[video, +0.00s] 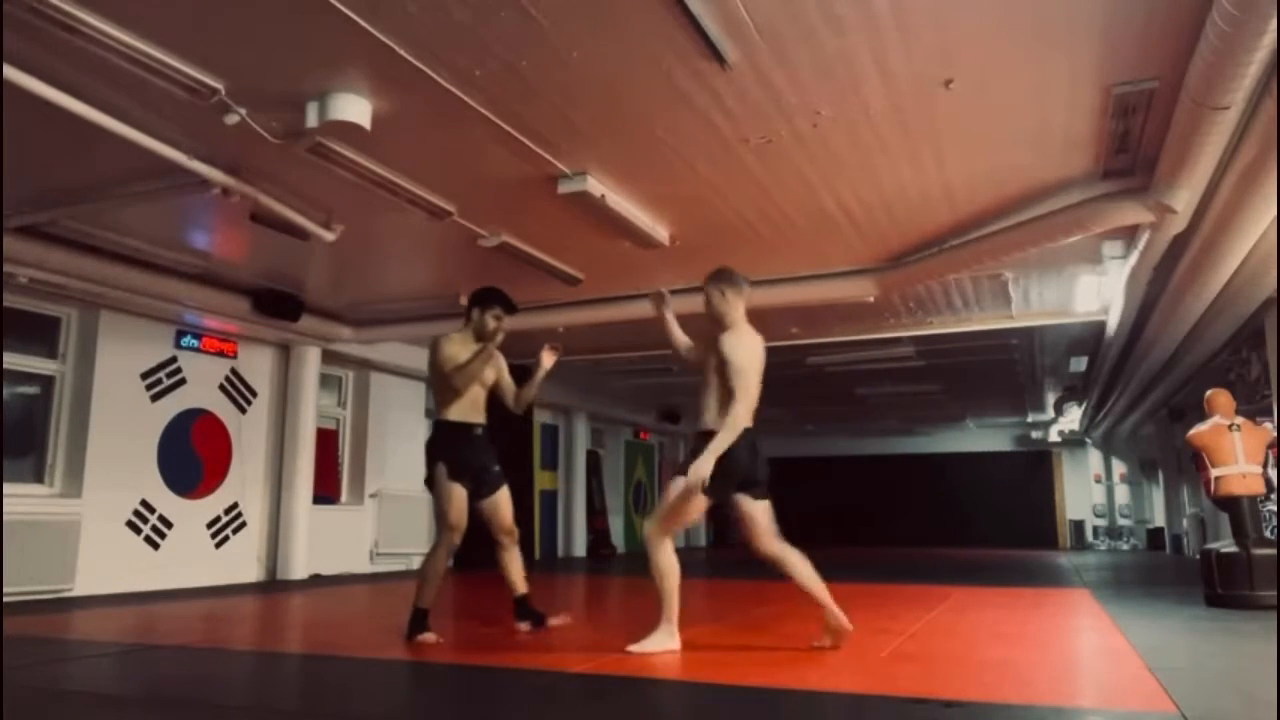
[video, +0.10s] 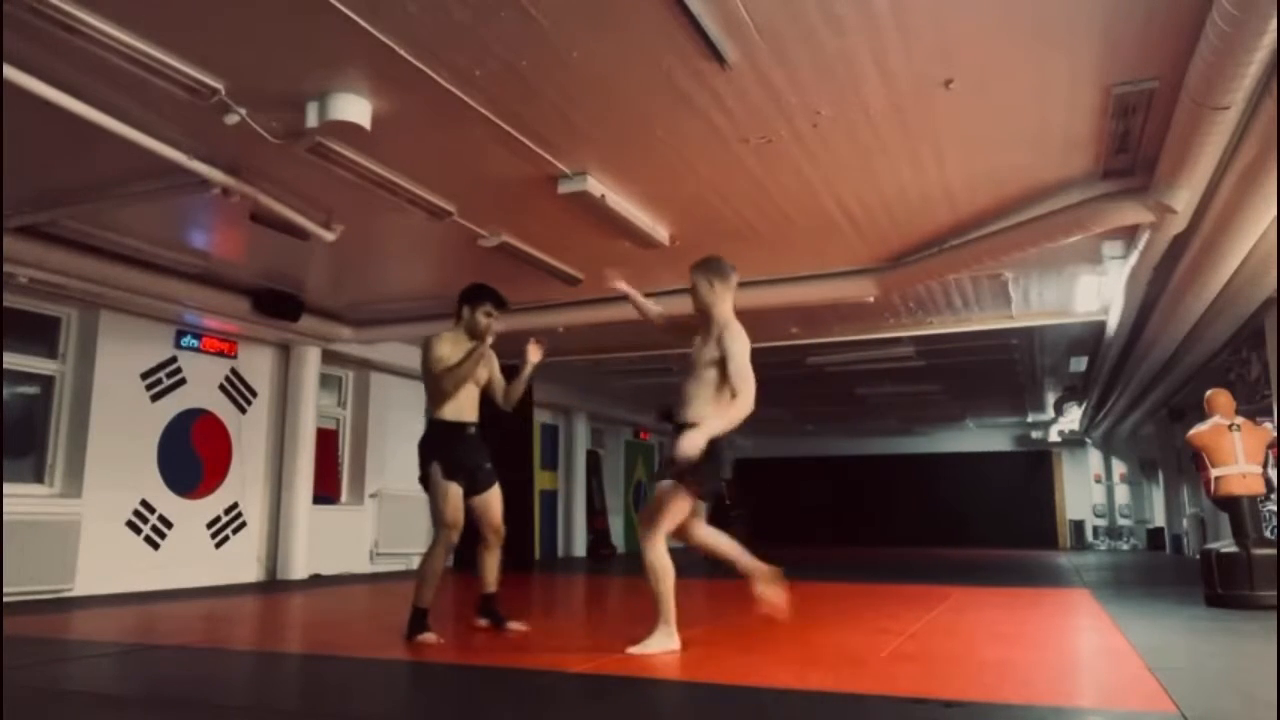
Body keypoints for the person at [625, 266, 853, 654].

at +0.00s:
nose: (708, 308)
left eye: (711, 300)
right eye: (707, 301)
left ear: (728, 296)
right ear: (736, 296)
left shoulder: (735, 340)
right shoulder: (739, 338)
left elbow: (742, 411)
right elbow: (690, 352)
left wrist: (706, 457)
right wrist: (667, 315)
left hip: (719, 449)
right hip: (744, 450)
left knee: (657, 532)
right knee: (768, 542)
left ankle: (667, 631)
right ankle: (834, 614)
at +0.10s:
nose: (694, 298)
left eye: (697, 290)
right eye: (693, 290)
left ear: (718, 286)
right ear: (717, 286)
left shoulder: (731, 333)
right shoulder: (709, 327)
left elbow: (746, 400)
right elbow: (662, 320)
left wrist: (703, 431)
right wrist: (630, 293)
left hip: (702, 447)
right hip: (690, 440)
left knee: (652, 533)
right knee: (690, 528)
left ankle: (667, 631)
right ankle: (761, 572)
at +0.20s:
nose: (685, 286)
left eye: (688, 279)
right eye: (685, 280)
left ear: (705, 275)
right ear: (711, 274)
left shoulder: (734, 324)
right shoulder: (695, 309)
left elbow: (732, 393)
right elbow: (653, 310)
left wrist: (685, 401)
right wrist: (614, 296)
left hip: (690, 423)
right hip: (660, 411)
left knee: (655, 522)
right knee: (603, 454)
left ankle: (665, 625)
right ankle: (652, 516)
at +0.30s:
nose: (681, 287)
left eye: (684, 279)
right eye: (680, 279)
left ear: (704, 273)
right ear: (708, 271)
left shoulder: (735, 324)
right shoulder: (685, 305)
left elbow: (726, 387)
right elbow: (649, 311)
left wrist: (674, 379)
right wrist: (612, 316)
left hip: (670, 421)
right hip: (635, 397)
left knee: (654, 513)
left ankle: (637, 612)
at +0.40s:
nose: (682, 304)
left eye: (687, 297)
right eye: (680, 296)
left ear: (711, 289)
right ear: (684, 291)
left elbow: (729, 397)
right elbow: (642, 328)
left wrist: (671, 372)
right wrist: (611, 339)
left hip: (646, 433)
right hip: (616, 394)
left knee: (636, 525)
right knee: (530, 397)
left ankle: (604, 615)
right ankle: (494, 385)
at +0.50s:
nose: (683, 327)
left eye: (690, 321)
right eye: (680, 319)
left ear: (712, 314)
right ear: (676, 310)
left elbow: (729, 422)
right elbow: (628, 348)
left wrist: (678, 383)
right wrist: (600, 361)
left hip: (629, 443)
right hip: (599, 402)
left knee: (615, 531)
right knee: (514, 397)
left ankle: (589, 624)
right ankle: (485, 377)